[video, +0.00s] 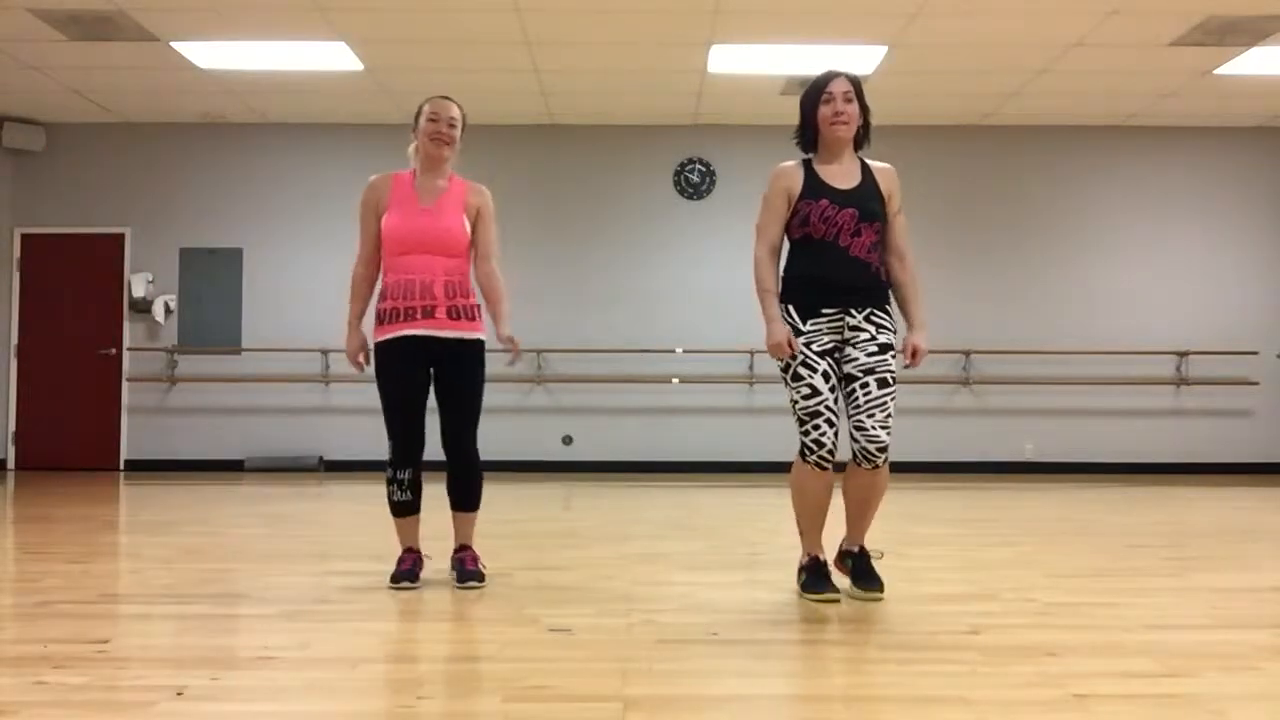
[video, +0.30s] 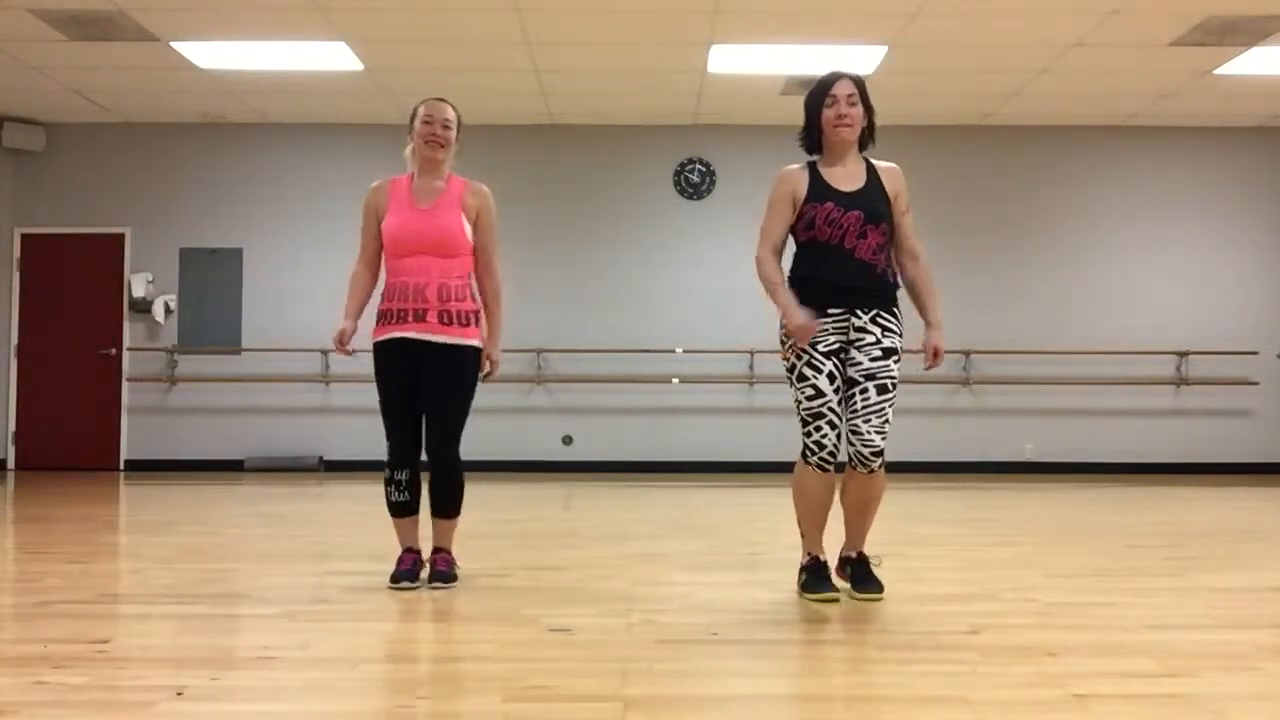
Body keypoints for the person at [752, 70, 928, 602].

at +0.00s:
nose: (839, 108)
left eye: (848, 100)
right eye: (827, 101)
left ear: (861, 112)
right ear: (811, 114)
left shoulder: (883, 177)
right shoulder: (789, 176)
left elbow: (899, 257)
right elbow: (765, 253)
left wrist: (915, 324)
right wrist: (773, 320)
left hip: (872, 322)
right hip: (806, 323)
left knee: (873, 440)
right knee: (821, 440)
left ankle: (853, 549)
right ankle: (812, 559)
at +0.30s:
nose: (842, 110)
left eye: (851, 102)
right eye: (831, 103)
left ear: (866, 114)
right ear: (815, 116)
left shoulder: (889, 177)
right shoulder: (794, 180)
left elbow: (910, 256)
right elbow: (767, 256)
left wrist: (933, 322)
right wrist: (791, 312)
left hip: (877, 325)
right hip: (814, 324)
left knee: (868, 444)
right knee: (823, 442)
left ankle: (854, 557)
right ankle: (812, 560)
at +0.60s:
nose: (841, 110)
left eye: (850, 101)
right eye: (830, 102)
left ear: (866, 114)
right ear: (814, 115)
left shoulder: (889, 175)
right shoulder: (794, 178)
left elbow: (947, 231)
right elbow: (766, 240)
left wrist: (1003, 287)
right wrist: (843, 245)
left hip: (880, 318)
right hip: (817, 321)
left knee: (868, 438)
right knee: (836, 433)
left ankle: (854, 556)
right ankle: (817, 541)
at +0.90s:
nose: (842, 106)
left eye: (851, 98)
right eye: (831, 99)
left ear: (864, 112)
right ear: (814, 112)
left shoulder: (885, 168)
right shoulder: (795, 165)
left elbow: (958, 175)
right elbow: (753, 168)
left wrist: (1015, 164)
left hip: (877, 314)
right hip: (814, 316)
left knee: (893, 429)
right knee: (828, 435)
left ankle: (859, 537)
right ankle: (817, 556)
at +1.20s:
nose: (853, 107)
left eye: (861, 99)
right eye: (842, 99)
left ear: (875, 111)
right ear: (824, 112)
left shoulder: (895, 173)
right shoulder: (803, 167)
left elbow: (977, 164)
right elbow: (726, 159)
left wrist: (907, 161)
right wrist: (654, 153)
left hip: (889, 318)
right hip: (824, 318)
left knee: (880, 440)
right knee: (841, 435)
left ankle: (861, 559)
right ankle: (819, 551)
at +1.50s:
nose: (848, 111)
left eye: (857, 102)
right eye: (838, 103)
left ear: (871, 114)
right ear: (819, 114)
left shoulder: (891, 174)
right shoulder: (798, 171)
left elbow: (972, 159)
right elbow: (721, 162)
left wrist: (902, 160)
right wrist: (647, 156)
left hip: (884, 319)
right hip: (820, 320)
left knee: (874, 444)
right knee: (839, 440)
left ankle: (858, 563)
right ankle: (811, 557)